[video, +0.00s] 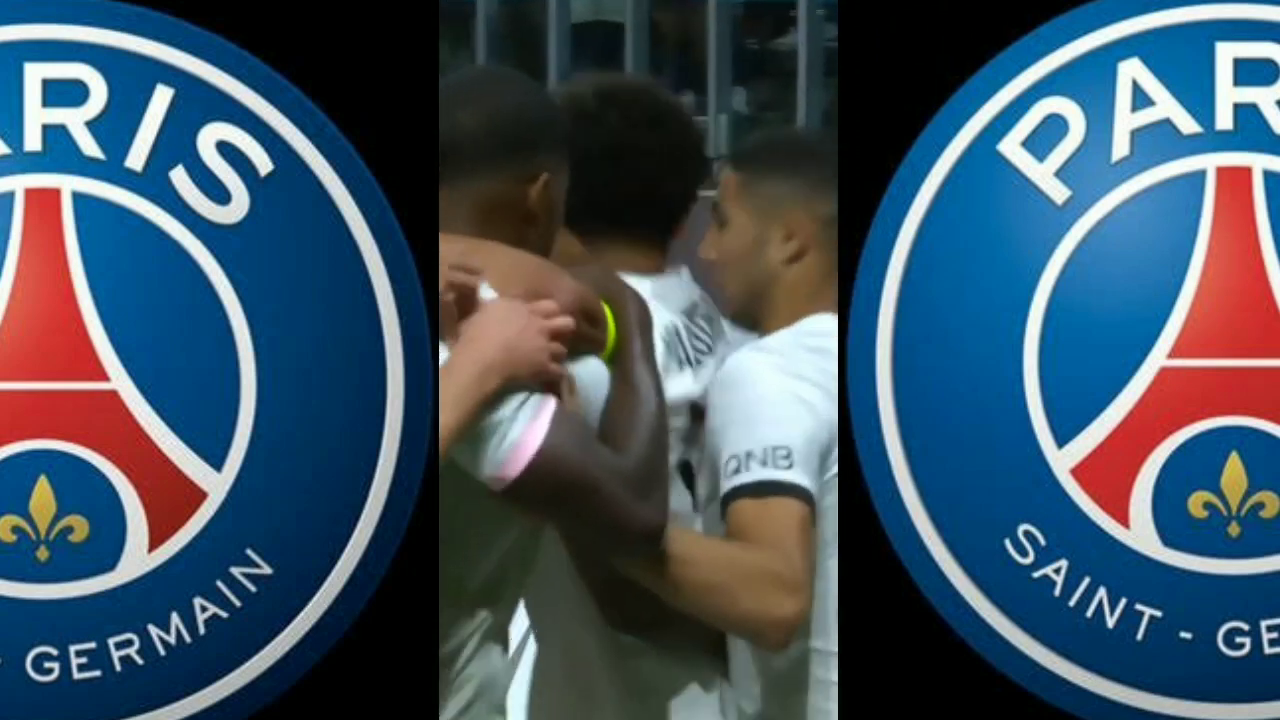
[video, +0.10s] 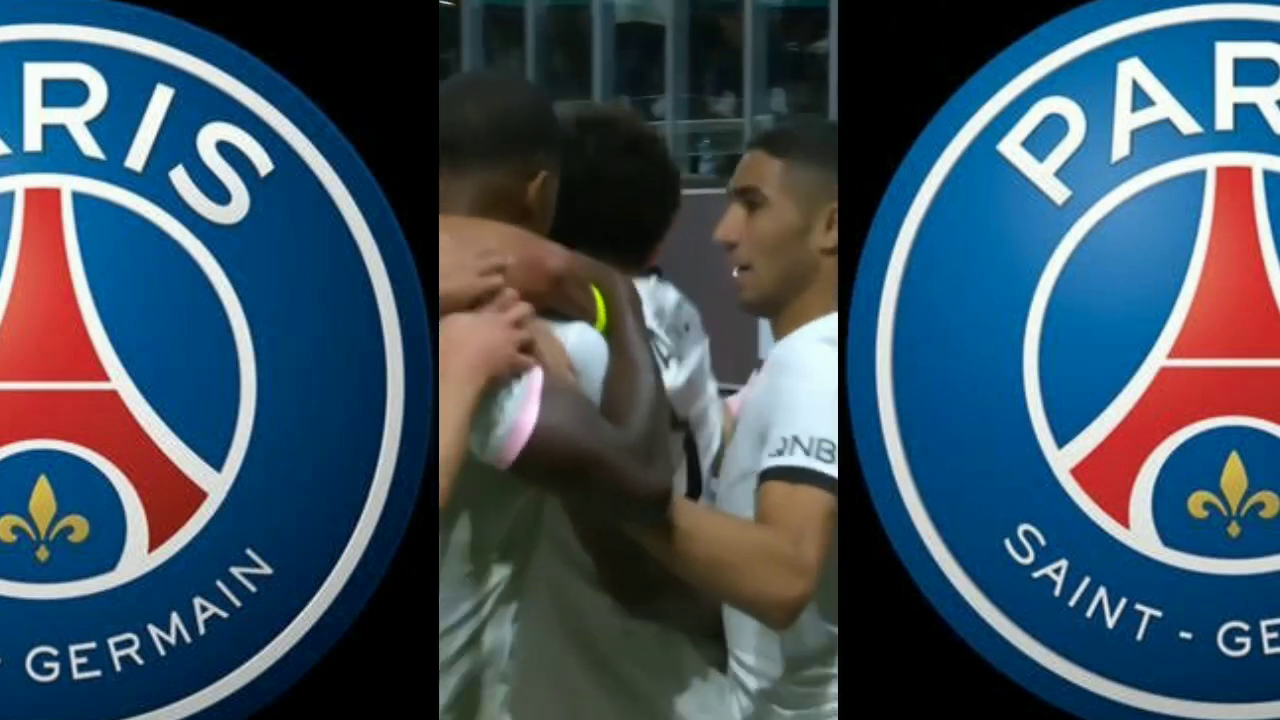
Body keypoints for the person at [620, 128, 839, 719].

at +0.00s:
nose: (705, 249)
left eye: (722, 223)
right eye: (713, 223)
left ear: (792, 243)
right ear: (796, 244)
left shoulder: (766, 374)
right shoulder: (897, 352)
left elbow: (774, 597)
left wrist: (602, 519)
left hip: (803, 701)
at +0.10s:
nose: (723, 231)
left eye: (752, 204)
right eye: (732, 203)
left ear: (829, 229)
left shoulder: (814, 365)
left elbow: (783, 579)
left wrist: (618, 493)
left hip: (788, 702)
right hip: (762, 688)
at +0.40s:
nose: (664, 180)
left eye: (693, 159)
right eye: (673, 155)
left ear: (762, 184)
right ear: (760, 186)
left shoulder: (763, 314)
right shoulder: (790, 292)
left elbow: (777, 529)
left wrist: (648, 433)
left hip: (778, 679)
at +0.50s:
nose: (660, 168)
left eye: (673, 146)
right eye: (666, 147)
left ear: (716, 164)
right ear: (724, 163)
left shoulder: (747, 298)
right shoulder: (806, 268)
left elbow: (792, 506)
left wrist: (675, 430)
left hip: (780, 654)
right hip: (817, 640)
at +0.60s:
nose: (712, 183)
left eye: (718, 167)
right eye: (716, 167)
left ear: (742, 180)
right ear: (817, 183)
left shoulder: (784, 299)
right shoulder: (828, 275)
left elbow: (821, 494)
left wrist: (726, 423)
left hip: (808, 635)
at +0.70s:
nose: (755, 193)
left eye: (761, 177)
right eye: (760, 177)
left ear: (783, 189)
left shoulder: (811, 303)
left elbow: (838, 471)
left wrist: (756, 412)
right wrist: (762, 410)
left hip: (826, 616)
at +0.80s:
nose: (797, 201)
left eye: (806, 186)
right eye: (805, 186)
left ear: (830, 196)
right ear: (823, 198)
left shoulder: (832, 308)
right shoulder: (813, 306)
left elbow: (815, 425)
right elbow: (809, 424)